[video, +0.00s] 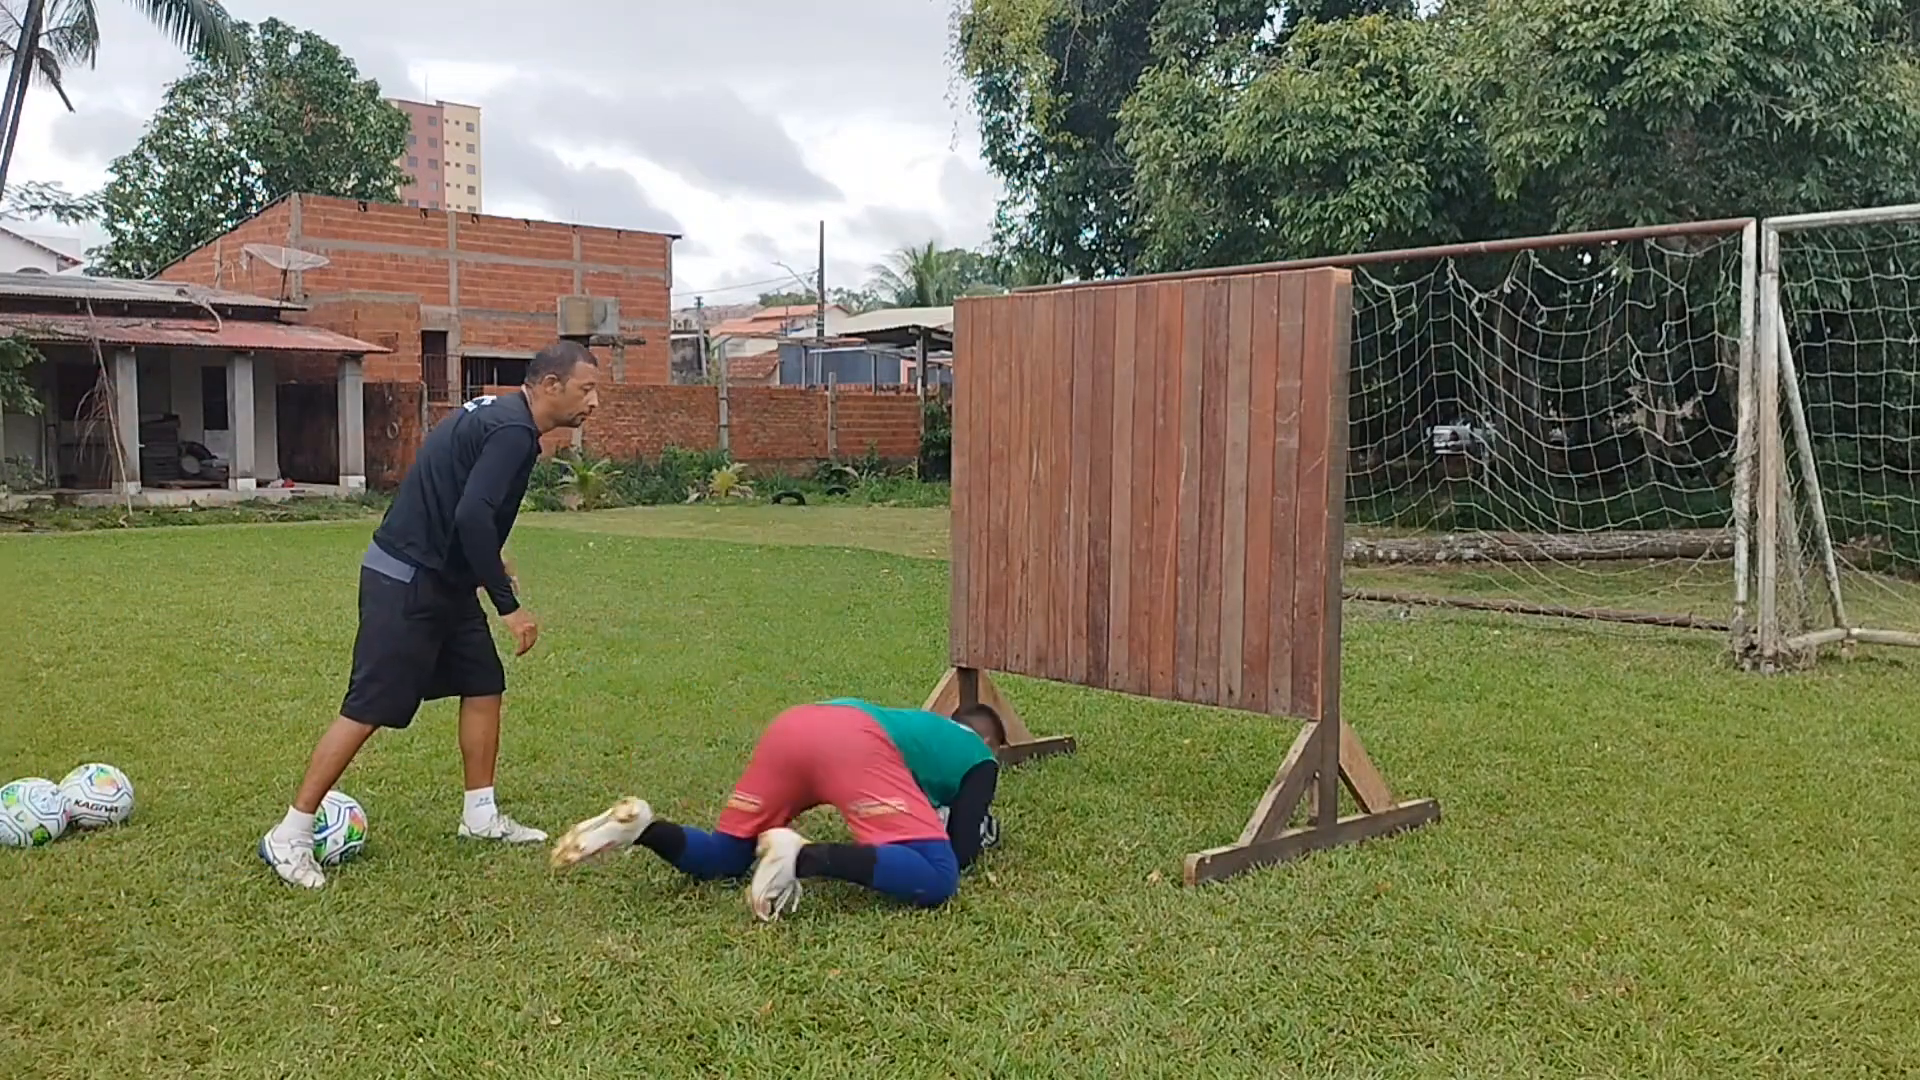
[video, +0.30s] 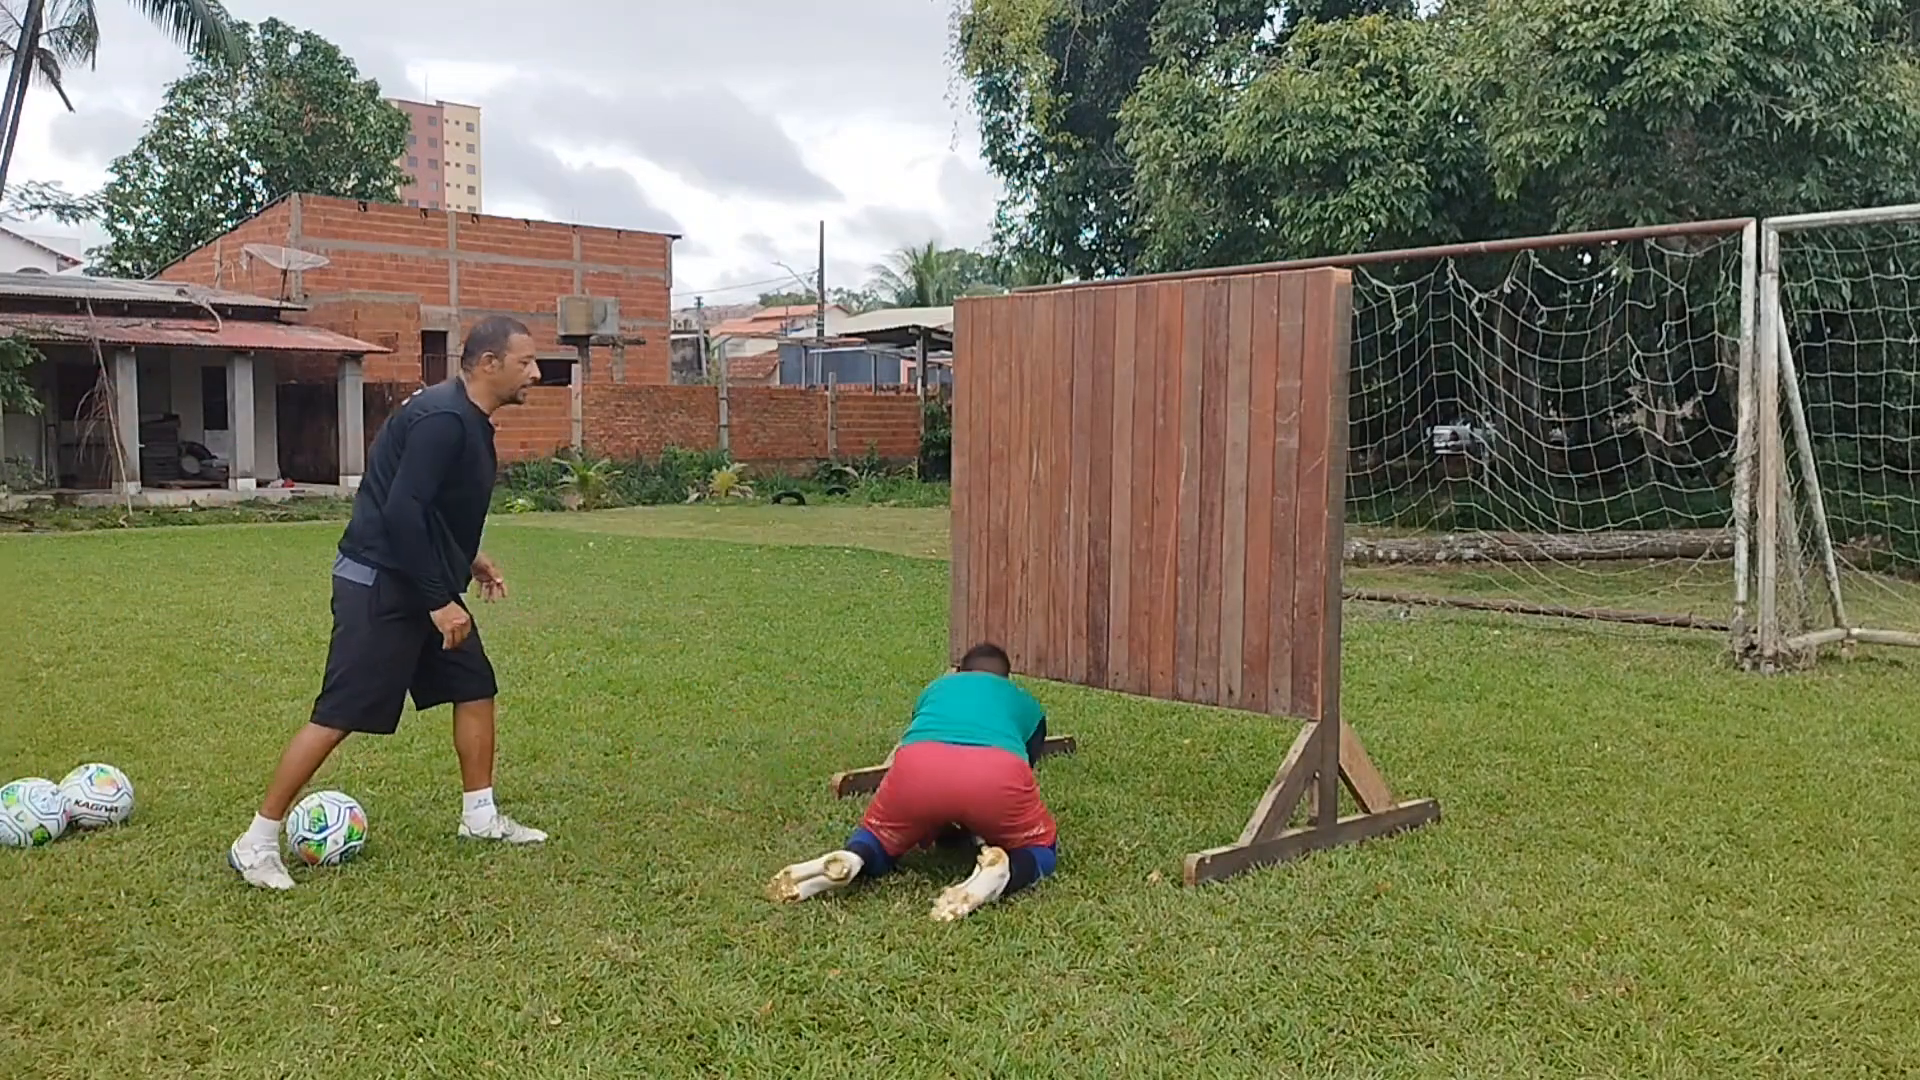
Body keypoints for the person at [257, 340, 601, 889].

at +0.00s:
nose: (592, 402)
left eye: (594, 392)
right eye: (586, 390)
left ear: (546, 388)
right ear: (548, 385)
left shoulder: (504, 417)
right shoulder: (513, 433)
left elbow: (459, 500)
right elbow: (473, 516)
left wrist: (489, 557)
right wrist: (509, 605)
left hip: (447, 580)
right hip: (404, 576)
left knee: (483, 684)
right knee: (370, 704)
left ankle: (480, 817)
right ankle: (290, 834)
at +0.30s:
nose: (535, 373)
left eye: (534, 362)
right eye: (527, 362)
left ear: (491, 366)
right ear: (489, 363)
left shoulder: (471, 420)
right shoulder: (441, 419)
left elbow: (436, 505)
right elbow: (403, 511)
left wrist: (469, 556)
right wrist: (441, 599)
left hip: (424, 586)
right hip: (375, 583)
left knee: (476, 686)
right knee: (340, 711)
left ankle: (480, 817)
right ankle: (258, 839)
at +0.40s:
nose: (498, 366)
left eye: (497, 355)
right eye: (489, 355)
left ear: (454, 360)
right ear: (450, 358)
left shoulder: (441, 419)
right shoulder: (402, 419)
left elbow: (414, 507)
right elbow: (372, 518)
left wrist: (450, 558)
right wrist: (421, 598)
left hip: (410, 589)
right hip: (356, 589)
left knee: (463, 693)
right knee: (321, 719)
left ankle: (478, 818)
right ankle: (249, 852)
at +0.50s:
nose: (457, 357)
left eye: (457, 346)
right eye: (449, 346)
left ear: (417, 350)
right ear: (413, 349)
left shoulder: (403, 413)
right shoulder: (362, 416)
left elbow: (375, 504)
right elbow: (339, 517)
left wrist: (419, 548)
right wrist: (405, 587)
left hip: (380, 593)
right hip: (327, 593)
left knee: (431, 699)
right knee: (290, 721)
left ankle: (472, 817)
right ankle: (244, 854)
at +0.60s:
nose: (426, 345)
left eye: (424, 334)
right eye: (416, 334)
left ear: (380, 342)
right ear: (377, 341)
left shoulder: (372, 407)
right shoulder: (328, 406)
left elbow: (352, 501)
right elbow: (310, 511)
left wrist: (399, 536)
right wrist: (394, 569)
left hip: (363, 589)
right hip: (307, 591)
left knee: (419, 691)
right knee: (271, 721)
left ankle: (453, 815)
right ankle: (241, 856)